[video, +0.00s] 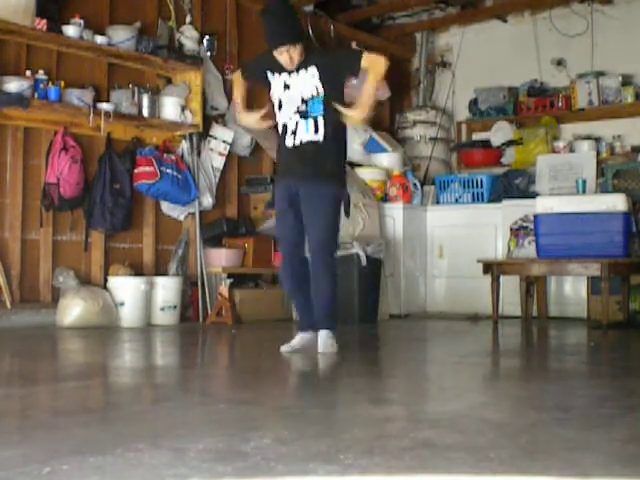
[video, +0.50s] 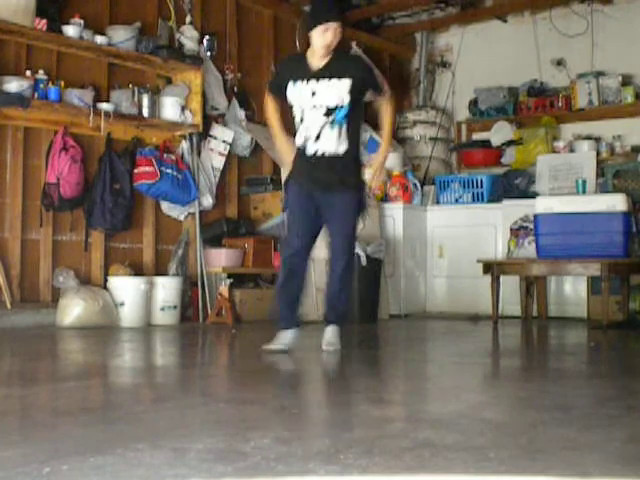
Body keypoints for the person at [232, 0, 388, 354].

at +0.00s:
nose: (287, 57)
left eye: (291, 49)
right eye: (279, 52)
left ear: (302, 39)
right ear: (271, 48)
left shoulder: (327, 61)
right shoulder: (268, 65)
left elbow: (377, 62)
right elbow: (239, 75)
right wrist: (241, 115)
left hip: (323, 175)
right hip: (287, 174)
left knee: (320, 252)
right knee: (290, 252)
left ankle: (325, 330)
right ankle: (307, 328)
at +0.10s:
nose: (292, 54)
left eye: (297, 46)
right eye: (284, 48)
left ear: (307, 40)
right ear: (276, 45)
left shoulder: (327, 63)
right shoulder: (270, 68)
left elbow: (377, 69)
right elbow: (236, 86)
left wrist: (336, 94)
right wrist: (244, 98)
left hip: (322, 183)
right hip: (287, 183)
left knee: (323, 259)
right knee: (285, 257)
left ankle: (334, 330)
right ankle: (307, 324)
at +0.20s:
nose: (296, 49)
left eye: (302, 42)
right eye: (289, 43)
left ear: (313, 37)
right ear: (280, 41)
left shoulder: (329, 61)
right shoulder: (271, 66)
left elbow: (360, 84)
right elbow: (234, 89)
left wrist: (319, 111)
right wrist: (227, 110)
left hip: (325, 177)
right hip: (287, 175)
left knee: (327, 252)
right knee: (273, 250)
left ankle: (338, 323)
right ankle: (281, 323)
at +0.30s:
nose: (302, 54)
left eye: (308, 46)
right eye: (296, 47)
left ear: (319, 46)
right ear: (288, 49)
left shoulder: (334, 78)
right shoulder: (276, 79)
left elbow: (336, 118)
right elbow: (246, 118)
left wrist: (319, 157)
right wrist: (222, 152)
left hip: (324, 182)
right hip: (286, 181)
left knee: (317, 257)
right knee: (278, 258)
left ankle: (330, 322)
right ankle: (266, 333)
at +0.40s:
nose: (312, 51)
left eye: (318, 44)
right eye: (306, 44)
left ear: (328, 48)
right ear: (297, 48)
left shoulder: (344, 84)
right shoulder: (282, 88)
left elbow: (356, 137)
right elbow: (256, 138)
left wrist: (347, 186)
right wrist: (252, 186)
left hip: (327, 193)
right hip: (290, 191)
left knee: (323, 269)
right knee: (280, 264)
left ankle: (325, 330)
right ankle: (267, 334)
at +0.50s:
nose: (332, 34)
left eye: (336, 28)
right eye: (326, 28)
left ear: (341, 31)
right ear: (310, 30)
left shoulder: (356, 67)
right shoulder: (289, 68)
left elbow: (385, 100)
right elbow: (271, 100)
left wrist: (382, 155)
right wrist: (283, 144)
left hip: (344, 179)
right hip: (302, 176)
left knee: (341, 255)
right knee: (294, 252)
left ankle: (333, 325)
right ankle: (287, 327)